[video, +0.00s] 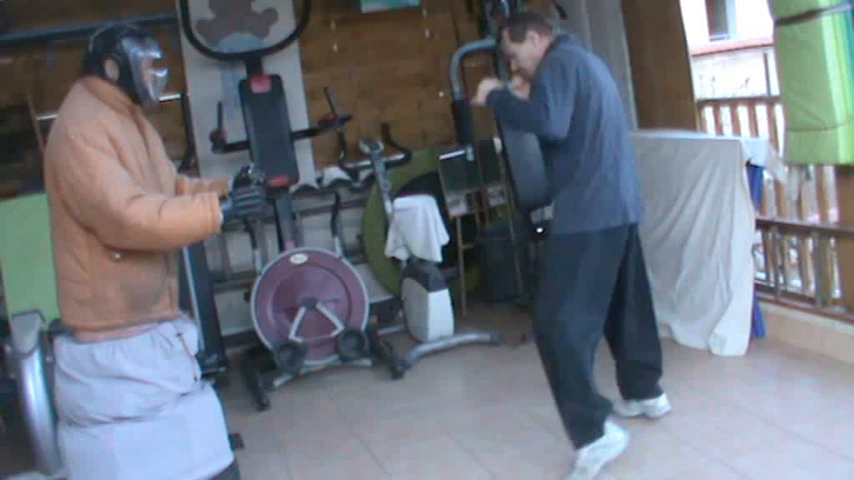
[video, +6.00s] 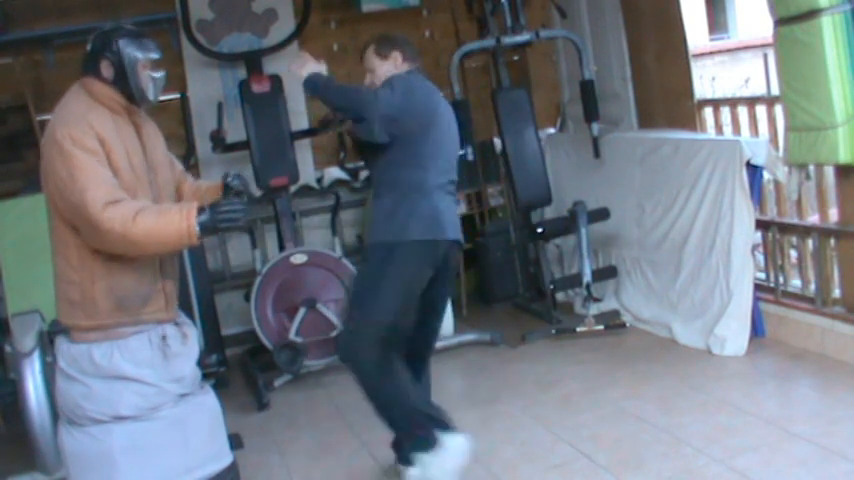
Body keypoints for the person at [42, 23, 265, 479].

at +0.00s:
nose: (154, 74)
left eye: (154, 63)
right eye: (144, 63)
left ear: (117, 68)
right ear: (111, 65)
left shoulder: (130, 117)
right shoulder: (80, 128)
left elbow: (168, 187)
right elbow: (125, 218)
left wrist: (228, 185)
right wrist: (217, 211)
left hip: (152, 319)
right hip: (109, 331)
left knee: (182, 449)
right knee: (130, 459)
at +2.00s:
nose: (155, 74)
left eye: (155, 64)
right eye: (146, 64)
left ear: (117, 68)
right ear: (112, 66)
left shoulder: (131, 118)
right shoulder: (80, 128)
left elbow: (169, 187)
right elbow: (125, 218)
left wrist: (229, 185)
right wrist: (219, 210)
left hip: (152, 317)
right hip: (109, 330)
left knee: (182, 447)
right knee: (132, 458)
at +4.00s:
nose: (152, 74)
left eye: (153, 63)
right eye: (142, 64)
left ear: (116, 68)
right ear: (109, 66)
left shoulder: (132, 119)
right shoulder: (76, 130)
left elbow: (171, 188)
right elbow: (123, 220)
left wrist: (226, 187)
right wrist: (214, 211)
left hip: (152, 315)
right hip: (106, 328)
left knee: (180, 442)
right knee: (129, 455)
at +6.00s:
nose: (150, 75)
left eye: (151, 64)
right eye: (140, 64)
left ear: (117, 67)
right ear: (108, 65)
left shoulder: (138, 120)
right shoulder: (72, 127)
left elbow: (178, 189)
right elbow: (108, 222)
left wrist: (226, 189)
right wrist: (199, 220)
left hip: (158, 316)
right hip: (105, 330)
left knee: (189, 447)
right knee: (126, 458)